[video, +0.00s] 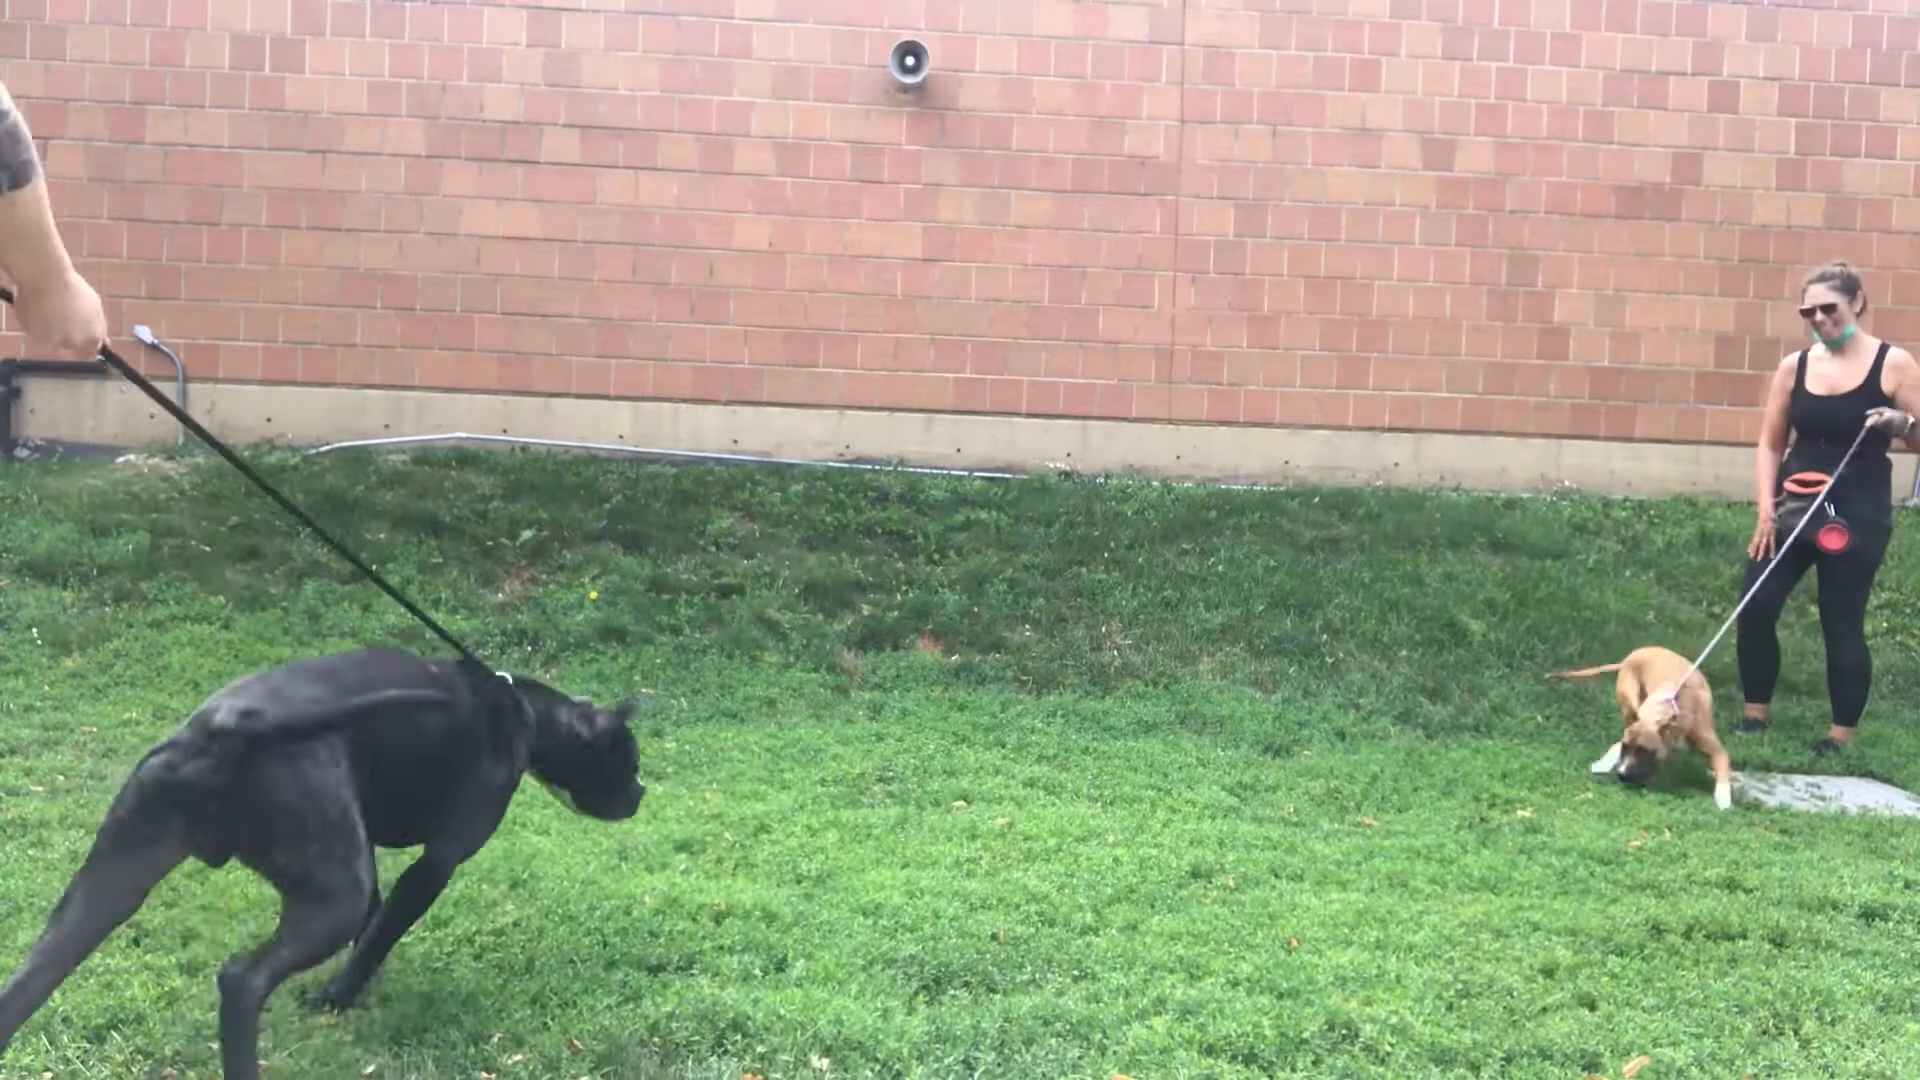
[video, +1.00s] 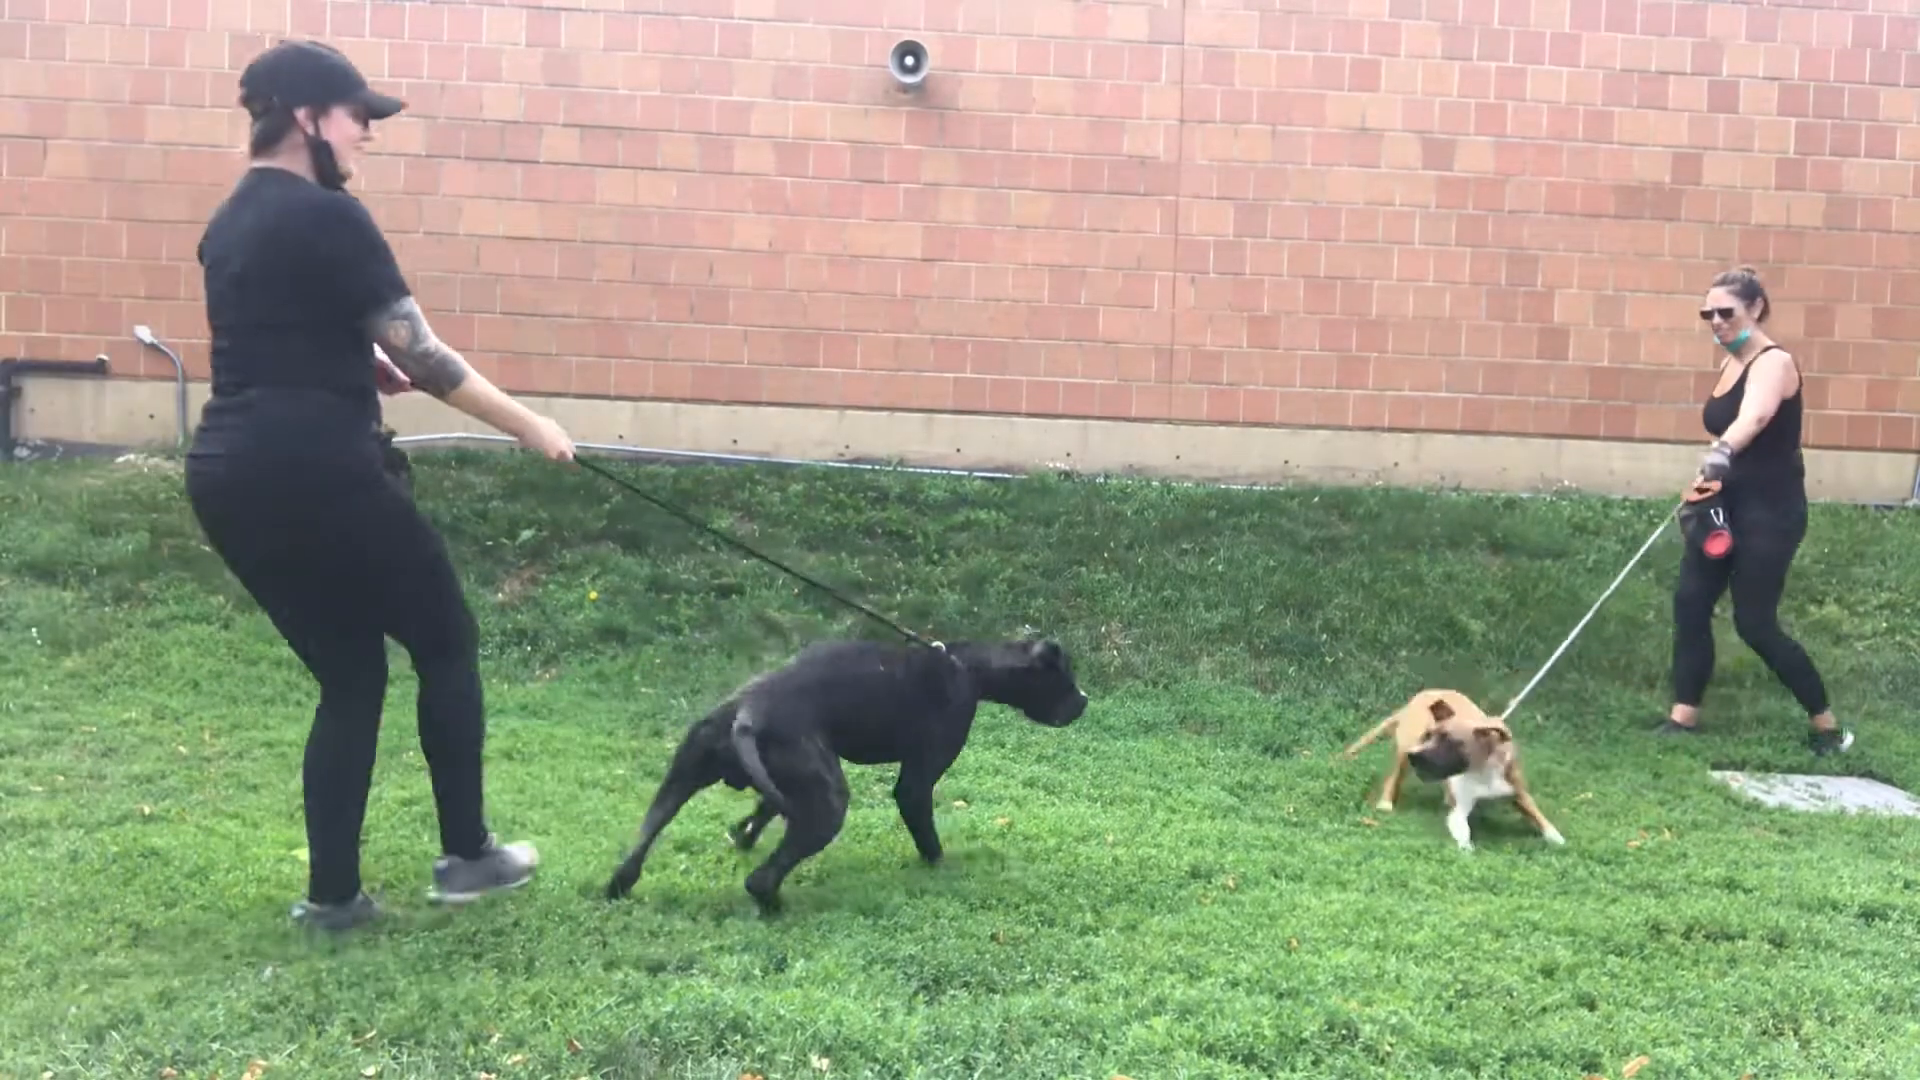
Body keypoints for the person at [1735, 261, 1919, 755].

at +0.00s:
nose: (1819, 319)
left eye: (1829, 308)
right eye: (1810, 311)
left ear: (1855, 305)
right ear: (1804, 313)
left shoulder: (1894, 365)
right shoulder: (1794, 366)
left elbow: (1918, 439)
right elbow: (1769, 445)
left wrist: (1900, 425)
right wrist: (1765, 511)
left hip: (1858, 511)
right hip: (1794, 507)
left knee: (1841, 618)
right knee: (1755, 603)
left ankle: (1841, 732)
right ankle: (1755, 714)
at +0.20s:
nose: (1816, 317)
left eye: (1827, 307)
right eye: (1808, 309)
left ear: (1854, 303)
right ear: (1802, 312)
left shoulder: (1892, 364)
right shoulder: (1793, 366)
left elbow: (1918, 434)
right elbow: (1769, 445)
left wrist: (1872, 443)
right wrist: (1766, 511)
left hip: (1857, 513)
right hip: (1794, 507)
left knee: (1839, 618)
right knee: (1755, 601)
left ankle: (1840, 732)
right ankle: (1754, 714)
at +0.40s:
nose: (1815, 319)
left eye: (1825, 308)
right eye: (1806, 311)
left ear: (1852, 304)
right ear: (1800, 314)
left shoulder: (1891, 364)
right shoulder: (1792, 367)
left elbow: (1904, 444)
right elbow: (1772, 445)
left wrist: (1850, 473)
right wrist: (1762, 515)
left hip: (1857, 509)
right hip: (1793, 506)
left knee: (1837, 618)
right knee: (1755, 601)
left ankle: (1840, 734)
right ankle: (1754, 715)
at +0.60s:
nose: (1804, 321)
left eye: (1813, 310)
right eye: (1796, 313)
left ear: (1843, 304)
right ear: (1791, 314)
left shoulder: (1873, 363)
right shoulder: (1789, 365)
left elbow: (1845, 441)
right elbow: (1772, 443)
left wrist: (1788, 471)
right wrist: (1756, 502)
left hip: (1846, 513)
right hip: (1791, 503)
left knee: (1830, 623)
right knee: (1733, 590)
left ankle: (1840, 737)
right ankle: (1741, 709)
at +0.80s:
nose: (1768, 322)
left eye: (1778, 312)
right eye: (1761, 314)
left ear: (1807, 307)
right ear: (1758, 315)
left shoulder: (1834, 365)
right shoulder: (1774, 365)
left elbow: (1804, 438)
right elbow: (1764, 443)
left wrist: (1754, 479)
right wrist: (1732, 502)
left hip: (1819, 516)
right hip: (1770, 507)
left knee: (1817, 622)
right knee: (1720, 599)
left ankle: (1841, 735)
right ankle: (1687, 714)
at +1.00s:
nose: (1715, 323)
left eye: (1724, 313)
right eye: (1709, 315)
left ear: (1755, 309)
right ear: (1707, 316)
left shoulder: (1774, 362)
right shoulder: (1733, 363)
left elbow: (1755, 417)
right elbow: (1734, 434)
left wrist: (1720, 451)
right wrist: (1707, 489)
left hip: (1770, 512)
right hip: (1728, 506)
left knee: (1754, 622)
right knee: (1691, 600)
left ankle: (1824, 721)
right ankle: (1684, 715)